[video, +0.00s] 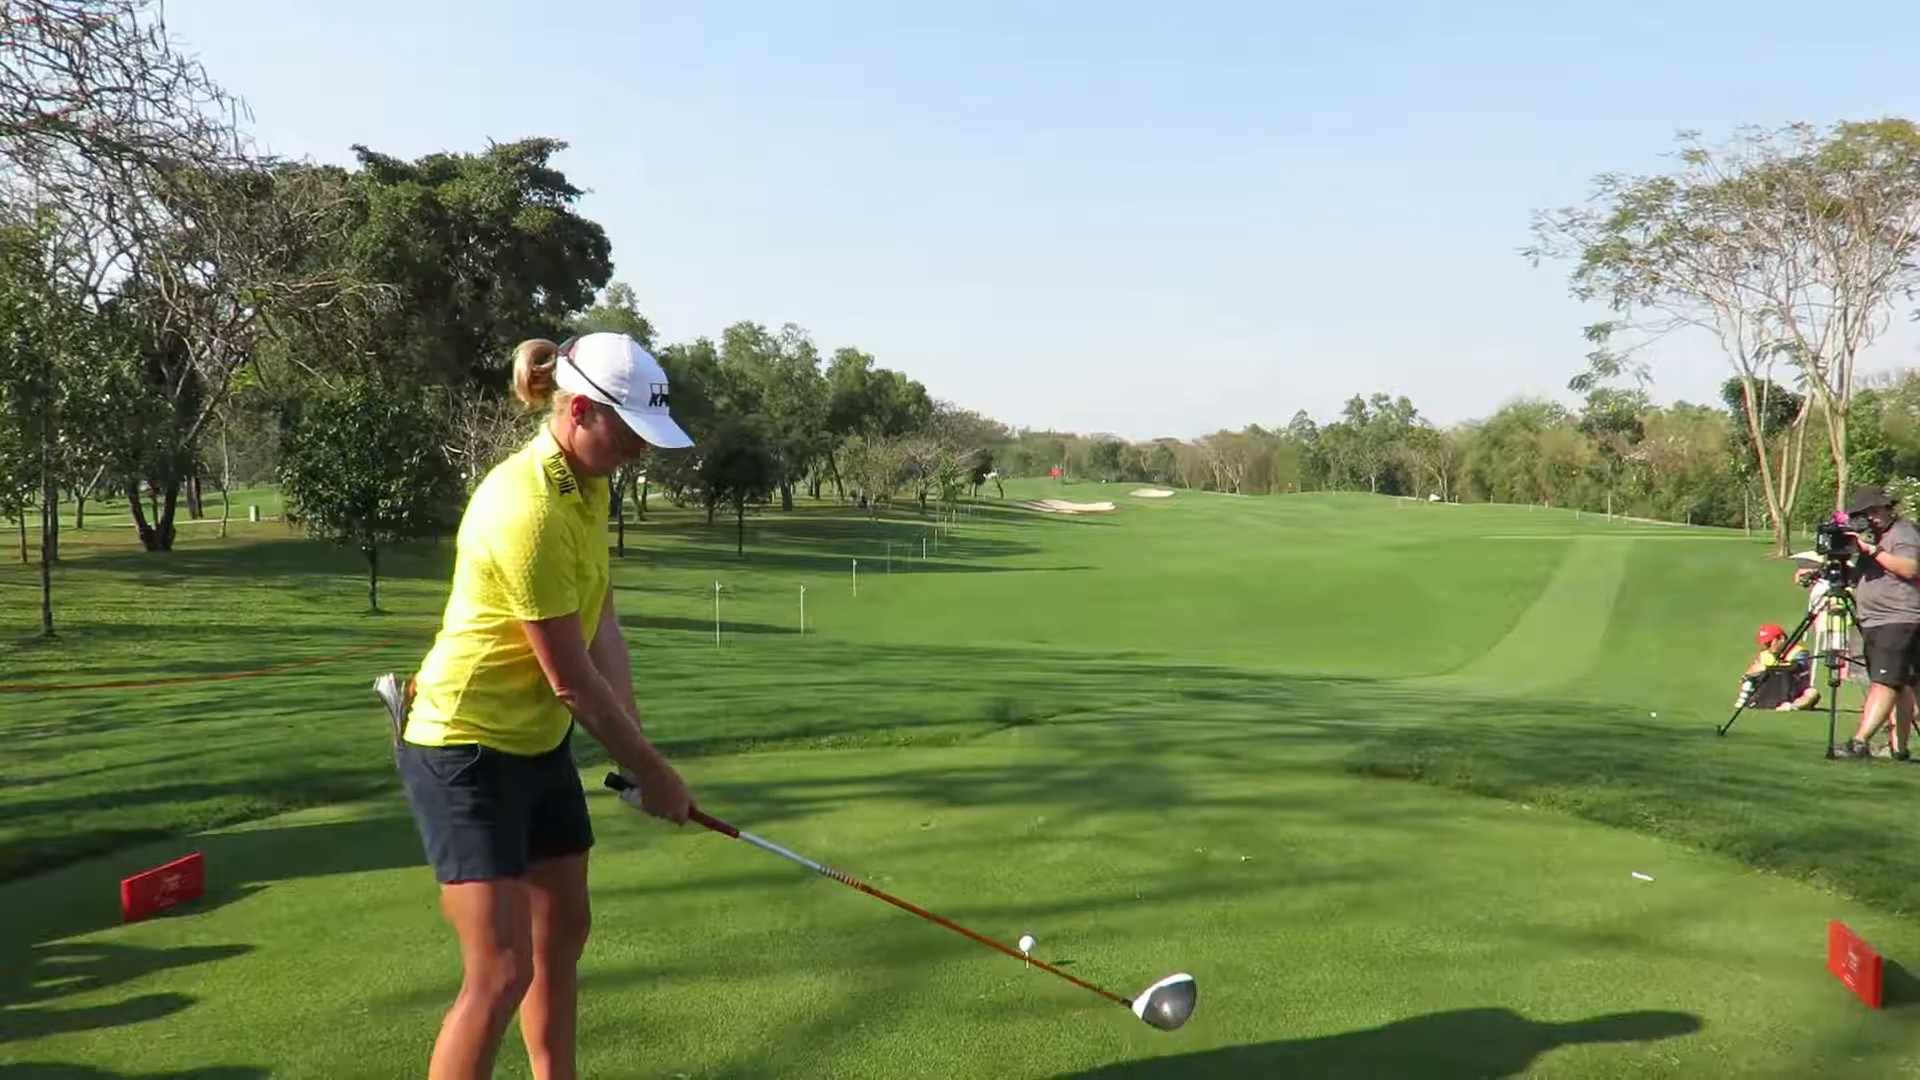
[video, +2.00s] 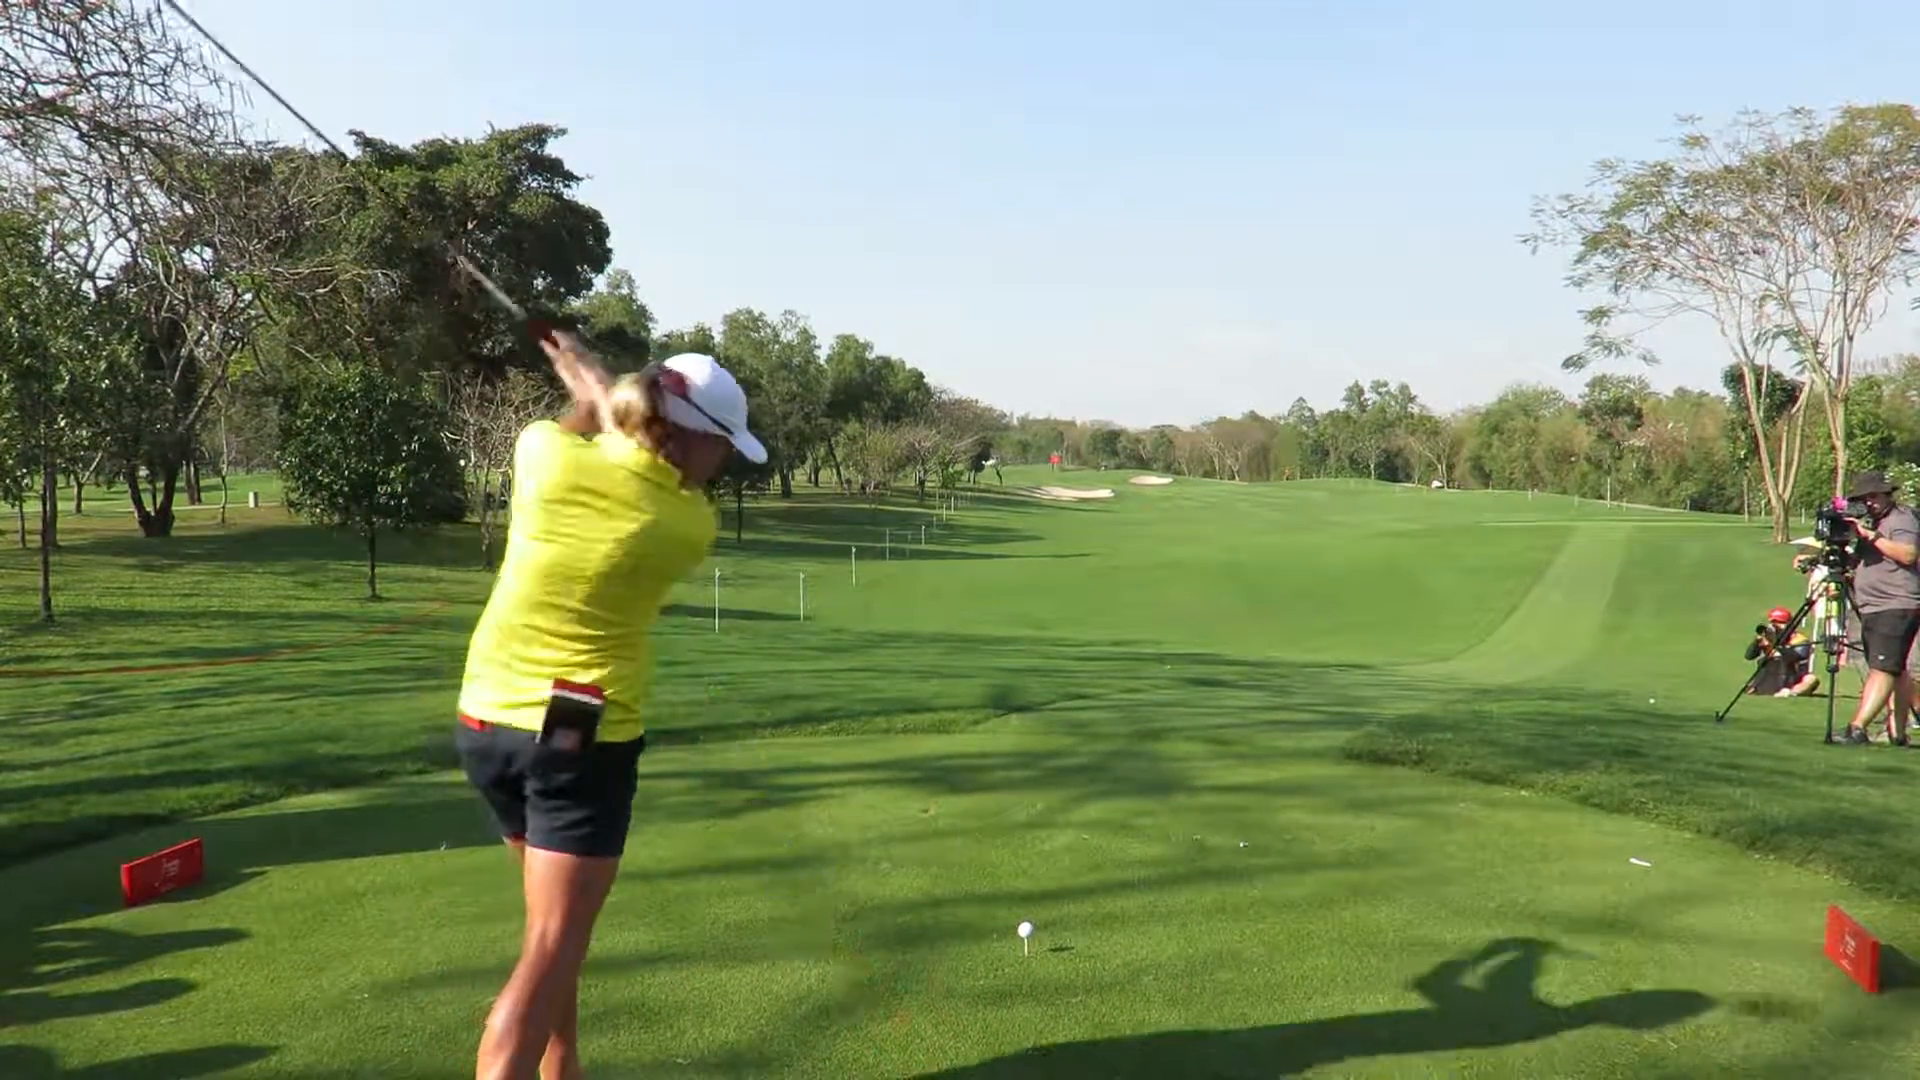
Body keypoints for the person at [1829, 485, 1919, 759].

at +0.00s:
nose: (1870, 520)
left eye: (1874, 513)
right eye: (1865, 516)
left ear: (1887, 509)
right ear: (1862, 519)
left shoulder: (1902, 532)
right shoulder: (1873, 538)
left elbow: (1910, 569)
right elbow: (1861, 575)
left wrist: (1872, 551)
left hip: (1898, 620)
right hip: (1875, 621)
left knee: (1884, 681)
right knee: (1899, 687)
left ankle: (1859, 740)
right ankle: (1899, 747)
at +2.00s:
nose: (1867, 506)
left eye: (1871, 499)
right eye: (1863, 501)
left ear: (1885, 496)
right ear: (1864, 502)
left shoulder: (1901, 519)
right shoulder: (1874, 523)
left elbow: (1908, 555)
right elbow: (1866, 562)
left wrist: (1872, 537)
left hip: (1897, 605)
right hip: (1874, 606)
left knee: (1883, 667)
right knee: (1892, 671)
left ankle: (1857, 726)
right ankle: (1898, 731)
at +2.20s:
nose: (1867, 506)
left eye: (1871, 500)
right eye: (1863, 502)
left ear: (1885, 497)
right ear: (1863, 503)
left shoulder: (1902, 520)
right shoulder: (1872, 525)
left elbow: (1908, 555)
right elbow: (1859, 562)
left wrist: (1871, 537)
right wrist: (1845, 538)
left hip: (1898, 606)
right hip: (1873, 607)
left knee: (1883, 667)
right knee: (1893, 672)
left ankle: (1858, 727)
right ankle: (1898, 733)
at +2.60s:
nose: (1870, 505)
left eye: (1875, 499)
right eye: (1866, 501)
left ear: (1889, 496)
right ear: (1863, 503)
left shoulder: (1902, 520)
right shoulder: (1874, 525)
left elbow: (1909, 556)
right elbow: (1865, 562)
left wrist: (1872, 538)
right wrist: (1845, 536)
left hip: (1898, 607)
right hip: (1874, 608)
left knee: (1883, 668)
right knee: (1893, 672)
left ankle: (1858, 727)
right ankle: (1898, 733)